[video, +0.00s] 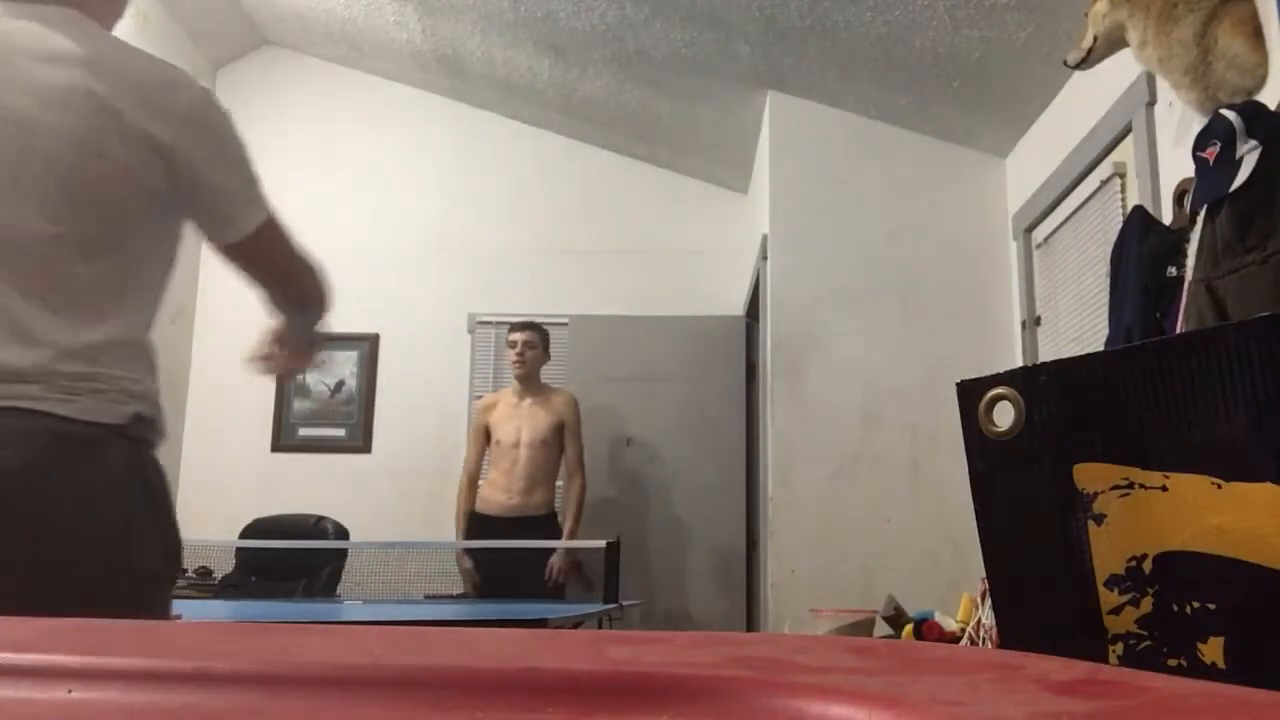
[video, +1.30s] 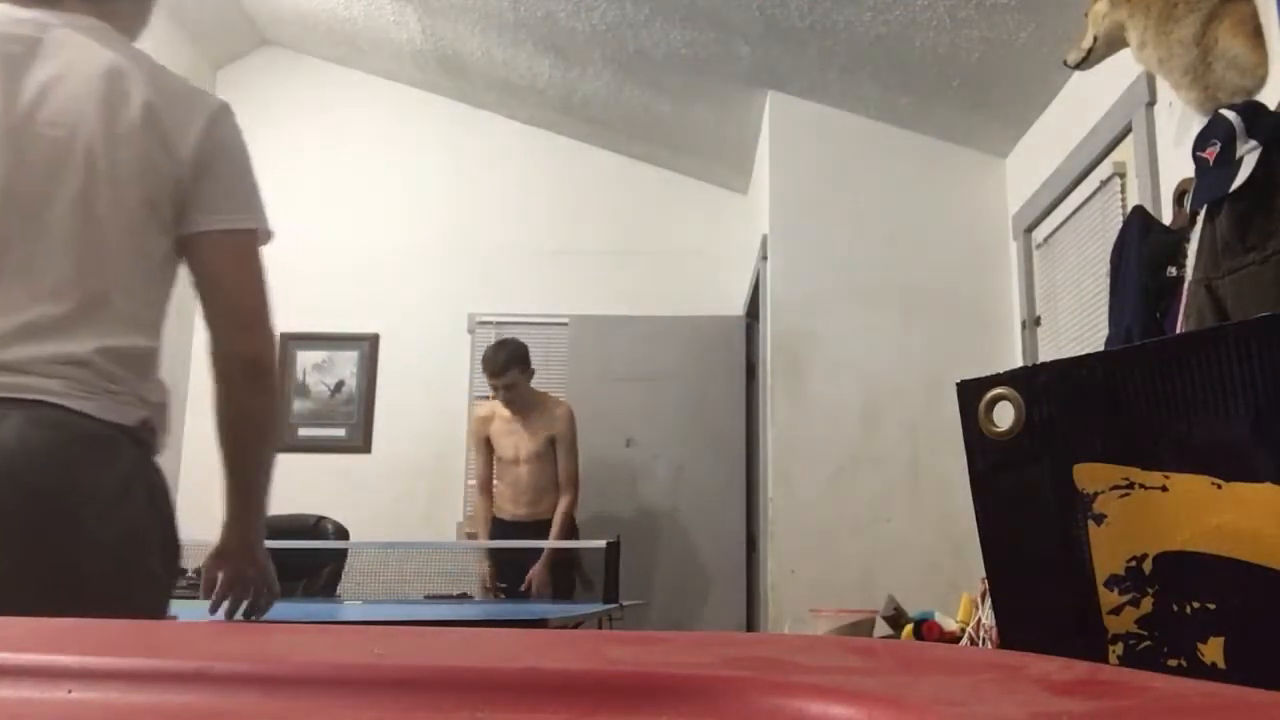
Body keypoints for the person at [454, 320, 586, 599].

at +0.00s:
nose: (518, 353)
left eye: (529, 346)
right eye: (512, 346)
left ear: (545, 356)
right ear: (507, 353)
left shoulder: (562, 404)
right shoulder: (487, 406)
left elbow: (575, 478)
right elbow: (470, 476)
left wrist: (565, 545)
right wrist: (460, 543)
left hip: (538, 528)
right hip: (485, 527)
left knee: (540, 627)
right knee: (486, 625)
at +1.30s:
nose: (501, 396)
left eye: (509, 387)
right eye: (494, 388)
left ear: (529, 375)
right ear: (488, 383)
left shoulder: (558, 415)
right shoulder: (485, 417)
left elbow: (568, 495)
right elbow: (483, 492)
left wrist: (545, 562)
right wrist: (483, 556)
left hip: (550, 532)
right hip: (503, 532)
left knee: (551, 630)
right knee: (501, 631)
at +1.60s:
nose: (510, 417)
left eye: (515, 407)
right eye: (502, 411)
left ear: (532, 390)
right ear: (492, 406)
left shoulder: (566, 425)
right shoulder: (494, 434)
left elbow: (589, 500)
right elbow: (496, 509)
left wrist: (573, 571)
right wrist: (499, 575)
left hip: (574, 536)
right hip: (529, 537)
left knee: (573, 631)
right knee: (523, 631)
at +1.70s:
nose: (516, 445)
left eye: (521, 434)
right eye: (506, 439)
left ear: (536, 417)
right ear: (498, 433)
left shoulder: (570, 442)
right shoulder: (499, 458)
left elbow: (595, 517)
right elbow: (504, 530)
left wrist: (587, 589)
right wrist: (507, 595)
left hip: (592, 545)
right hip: (546, 546)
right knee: (521, 627)